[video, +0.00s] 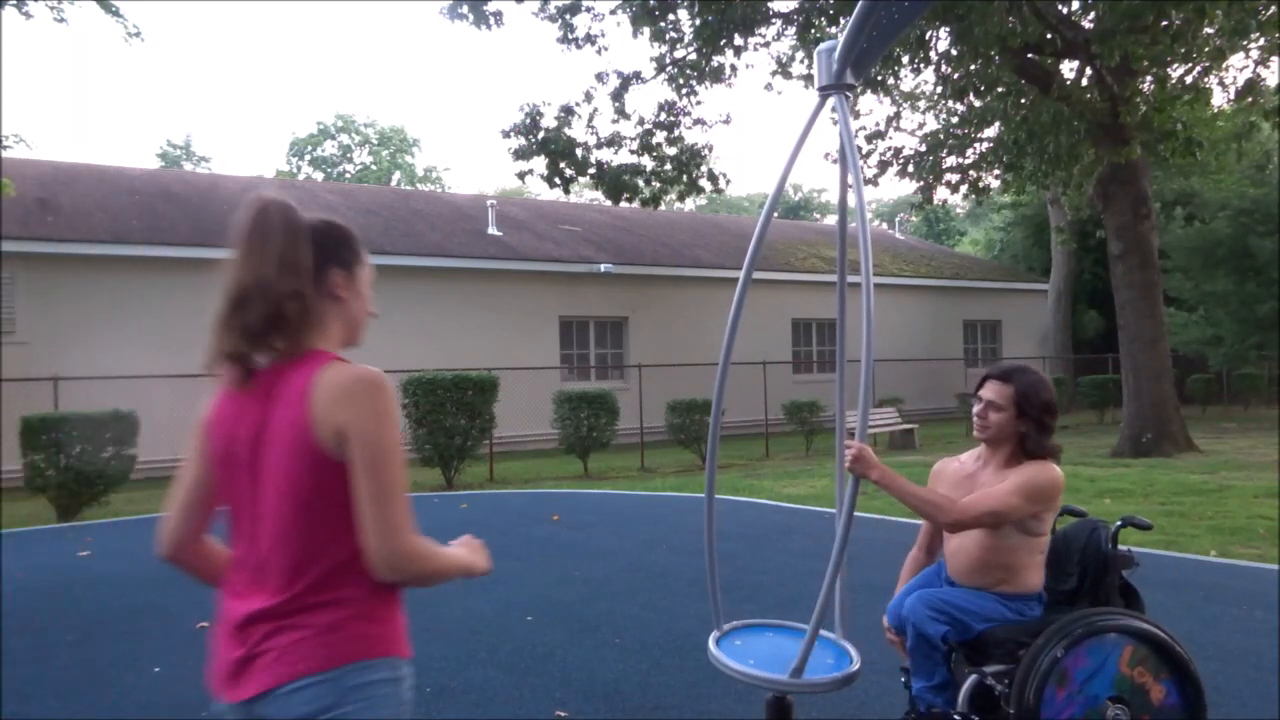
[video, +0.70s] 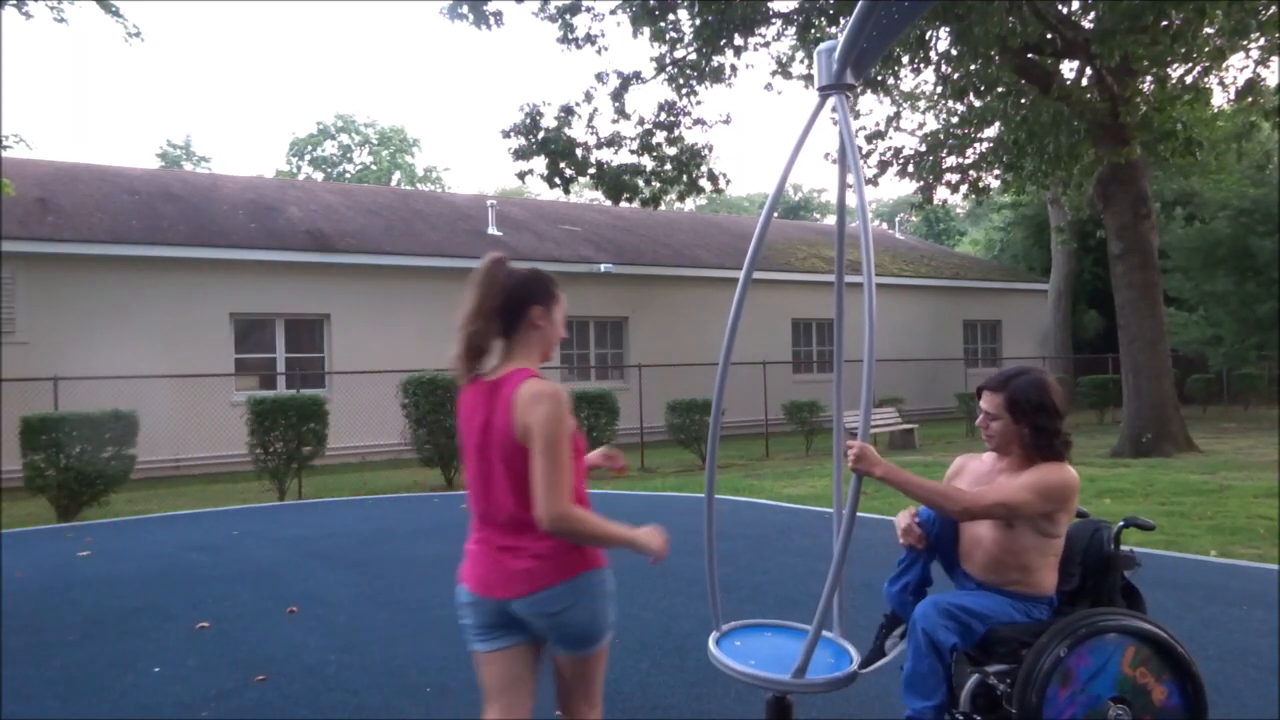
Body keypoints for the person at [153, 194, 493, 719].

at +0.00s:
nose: (373, 308)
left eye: (373, 290)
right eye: (369, 288)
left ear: (284, 287)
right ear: (336, 284)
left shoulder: (232, 396)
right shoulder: (357, 388)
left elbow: (178, 541)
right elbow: (393, 556)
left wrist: (262, 581)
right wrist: (461, 559)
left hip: (243, 676)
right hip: (342, 677)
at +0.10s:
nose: (407, 321)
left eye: (407, 304)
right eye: (403, 302)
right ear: (370, 302)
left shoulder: (278, 403)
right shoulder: (391, 400)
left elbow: (229, 541)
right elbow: (429, 556)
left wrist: (306, 578)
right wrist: (496, 556)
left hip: (296, 667)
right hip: (383, 666)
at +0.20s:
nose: (435, 318)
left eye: (434, 303)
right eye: (429, 302)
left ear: (352, 310)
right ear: (398, 304)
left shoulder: (314, 401)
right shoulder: (419, 397)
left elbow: (286, 529)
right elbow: (446, 542)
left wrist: (356, 558)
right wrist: (518, 553)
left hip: (331, 642)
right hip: (413, 648)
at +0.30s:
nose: (463, 311)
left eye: (461, 296)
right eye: (457, 295)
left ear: (415, 299)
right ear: (426, 298)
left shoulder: (349, 388)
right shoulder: (440, 384)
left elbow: (338, 510)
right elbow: (461, 524)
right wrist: (534, 542)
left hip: (361, 617)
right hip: (442, 620)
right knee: (498, 707)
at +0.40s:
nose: (489, 310)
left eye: (487, 296)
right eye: (483, 294)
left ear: (442, 297)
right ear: (452, 297)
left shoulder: (381, 380)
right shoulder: (461, 378)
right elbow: (474, 511)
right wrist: (551, 534)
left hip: (390, 601)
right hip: (471, 602)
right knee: (523, 710)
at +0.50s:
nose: (515, 317)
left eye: (513, 303)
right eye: (509, 302)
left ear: (470, 304)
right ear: (478, 304)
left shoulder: (411, 386)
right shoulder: (485, 386)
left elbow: (437, 485)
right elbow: (489, 512)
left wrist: (527, 485)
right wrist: (573, 537)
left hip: (417, 593)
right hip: (496, 596)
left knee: (438, 713)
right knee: (534, 712)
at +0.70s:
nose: (565, 330)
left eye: (564, 318)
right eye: (563, 317)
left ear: (503, 322)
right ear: (538, 317)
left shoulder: (472, 393)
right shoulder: (543, 396)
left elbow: (504, 479)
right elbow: (553, 514)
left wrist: (585, 462)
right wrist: (635, 536)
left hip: (485, 575)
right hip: (558, 575)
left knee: (502, 712)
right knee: (582, 708)